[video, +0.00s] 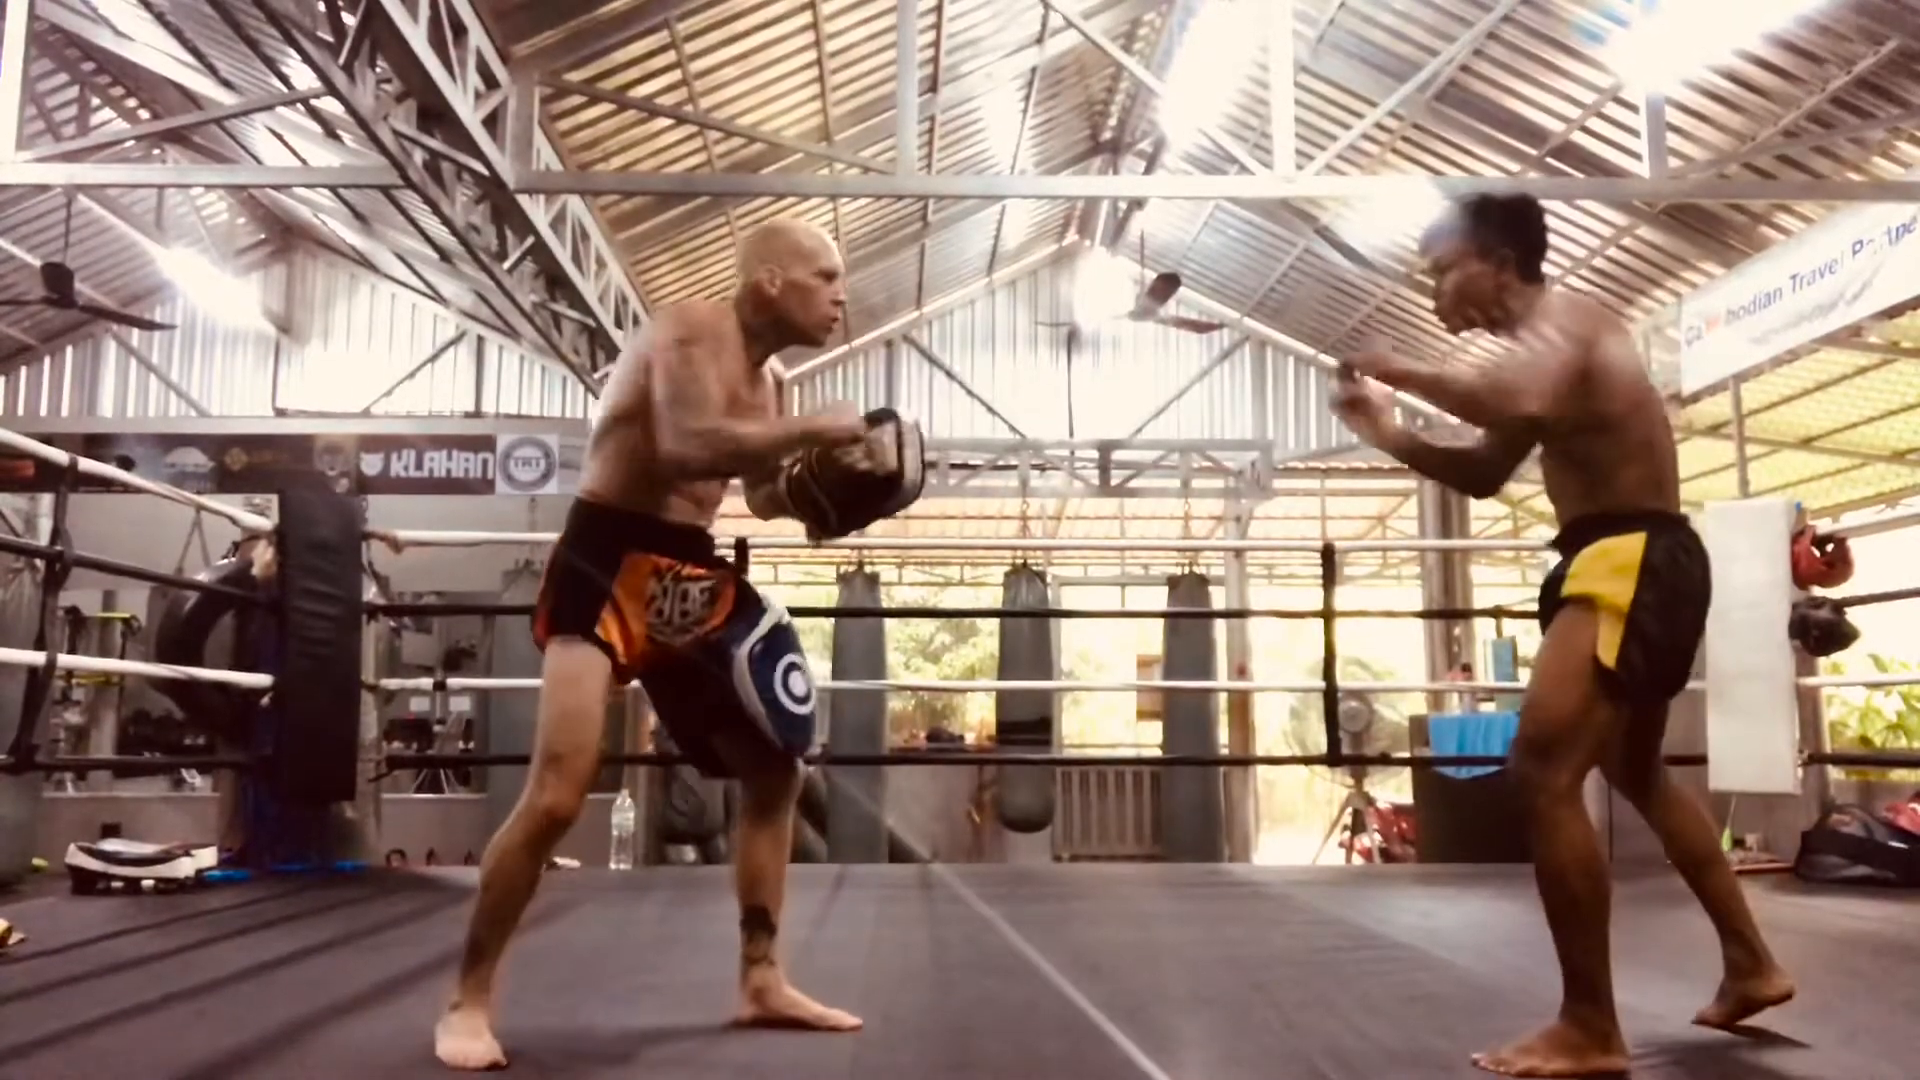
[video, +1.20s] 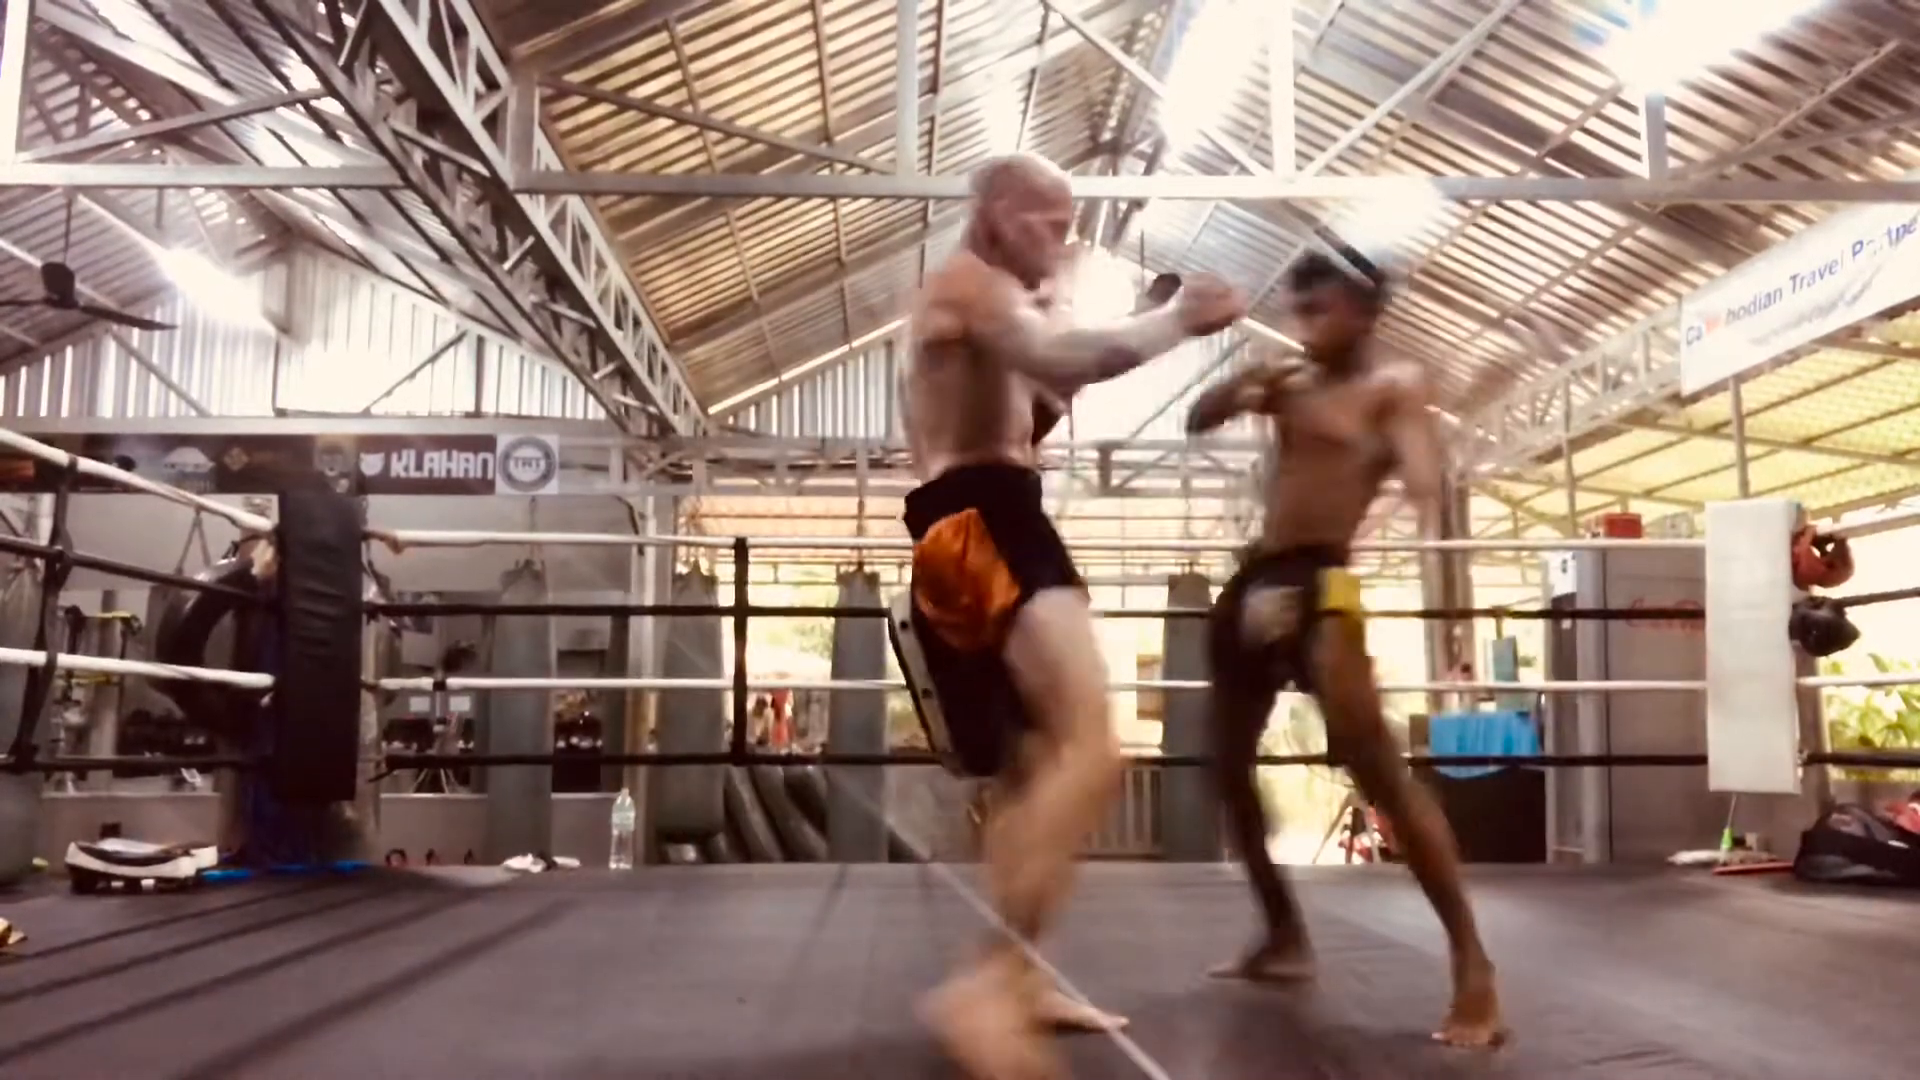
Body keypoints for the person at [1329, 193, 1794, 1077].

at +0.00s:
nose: (1437, 294)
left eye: (1446, 272)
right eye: (1432, 277)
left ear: (1501, 262)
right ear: (1504, 271)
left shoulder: (1561, 315)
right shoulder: (1547, 345)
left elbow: (1524, 397)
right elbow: (1482, 475)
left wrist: (1394, 366)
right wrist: (1388, 432)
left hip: (1623, 554)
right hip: (1652, 554)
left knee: (1546, 771)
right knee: (1638, 772)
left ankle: (1588, 1025)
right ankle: (1751, 964)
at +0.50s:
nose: (1427, 294)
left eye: (1437, 277)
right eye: (1426, 280)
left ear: (1487, 277)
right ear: (1479, 282)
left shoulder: (1541, 346)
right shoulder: (1489, 368)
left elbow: (1543, 477)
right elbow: (1389, 432)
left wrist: (1481, 414)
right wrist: (1404, 336)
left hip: (1586, 581)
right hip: (1572, 579)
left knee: (1468, 754)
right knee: (1670, 795)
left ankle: (1507, 987)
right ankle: (1785, 987)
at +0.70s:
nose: (1450, 267)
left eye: (1465, 253)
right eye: (1452, 253)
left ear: (1519, 257)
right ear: (1501, 260)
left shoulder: (1600, 343)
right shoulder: (1466, 347)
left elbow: (1701, 414)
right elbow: (1377, 399)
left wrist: (1737, 443)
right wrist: (1303, 403)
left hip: (1475, 570)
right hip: (1410, 558)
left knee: (1462, 793)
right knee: (1287, 641)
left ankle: (1515, 1000)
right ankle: (1359, 748)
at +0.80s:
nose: (1468, 284)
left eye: (1485, 268)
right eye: (1467, 268)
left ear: (1541, 274)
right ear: (1474, 271)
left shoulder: (1584, 375)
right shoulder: (1445, 359)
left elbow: (1633, 437)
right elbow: (1362, 430)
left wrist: (1572, 378)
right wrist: (1274, 472)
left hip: (1429, 580)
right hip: (1363, 516)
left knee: (1441, 775)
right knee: (1190, 461)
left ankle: (1482, 988)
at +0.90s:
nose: (1429, 293)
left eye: (1442, 280)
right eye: (1431, 278)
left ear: (1491, 286)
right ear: (1474, 285)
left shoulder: (1549, 368)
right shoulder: (1442, 361)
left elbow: (1493, 409)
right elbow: (1355, 429)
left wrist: (1394, 353)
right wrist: (1259, 457)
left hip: (1407, 576)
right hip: (1345, 520)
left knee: (1412, 782)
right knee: (1209, 439)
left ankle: (1471, 987)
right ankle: (1082, 414)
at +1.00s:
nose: (1392, 304)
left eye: (1406, 290)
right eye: (1393, 289)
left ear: (1456, 288)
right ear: (1422, 289)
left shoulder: (1495, 364)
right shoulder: (1416, 361)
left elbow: (1384, 387)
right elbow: (1340, 423)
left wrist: (1315, 313)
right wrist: (1241, 416)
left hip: (1388, 584)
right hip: (1321, 544)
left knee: (1414, 767)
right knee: (1204, 479)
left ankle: (1483, 983)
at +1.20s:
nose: (1303, 324)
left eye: (1317, 308)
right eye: (1299, 311)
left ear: (1364, 309)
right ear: (1297, 315)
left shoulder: (1393, 388)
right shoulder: (1289, 381)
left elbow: (1433, 500)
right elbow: (1200, 419)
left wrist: (1450, 632)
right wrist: (1243, 382)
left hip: (1322, 582)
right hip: (1254, 583)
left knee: (1370, 762)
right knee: (1230, 768)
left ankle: (1470, 962)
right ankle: (1283, 935)